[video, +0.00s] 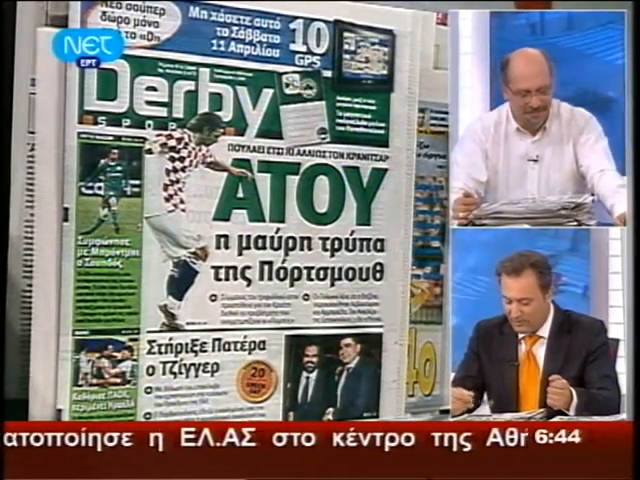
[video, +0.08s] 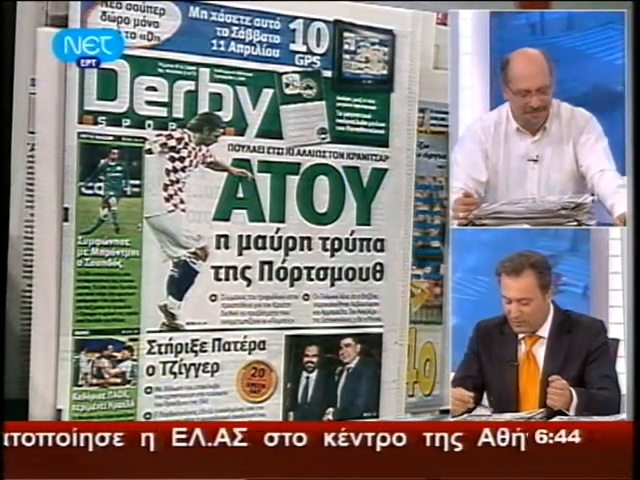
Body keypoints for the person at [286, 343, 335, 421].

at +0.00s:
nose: (310, 360)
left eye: (314, 356)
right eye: (306, 356)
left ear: (320, 359)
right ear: (302, 358)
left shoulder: (326, 377)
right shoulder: (295, 376)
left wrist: (330, 411)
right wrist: (290, 413)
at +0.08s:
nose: (310, 360)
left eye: (314, 356)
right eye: (306, 356)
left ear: (320, 359)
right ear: (302, 358)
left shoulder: (326, 377)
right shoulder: (295, 376)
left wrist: (330, 411)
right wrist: (290, 413)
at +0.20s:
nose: (310, 360)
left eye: (314, 356)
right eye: (306, 356)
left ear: (320, 359)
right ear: (302, 358)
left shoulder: (326, 377)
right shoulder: (295, 376)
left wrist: (330, 411)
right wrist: (290, 413)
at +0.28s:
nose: (310, 360)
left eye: (314, 356)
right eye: (306, 356)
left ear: (320, 359)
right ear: (302, 358)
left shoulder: (326, 377)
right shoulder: (295, 376)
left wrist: (330, 411)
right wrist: (290, 413)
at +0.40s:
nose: (310, 360)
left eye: (314, 356)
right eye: (306, 356)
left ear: (320, 359)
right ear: (302, 358)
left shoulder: (326, 377)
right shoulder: (295, 376)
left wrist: (330, 411)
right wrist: (290, 413)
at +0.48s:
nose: (310, 360)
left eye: (314, 356)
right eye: (306, 356)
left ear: (320, 359)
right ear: (302, 358)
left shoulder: (326, 377)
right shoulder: (295, 376)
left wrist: (330, 411)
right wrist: (290, 413)